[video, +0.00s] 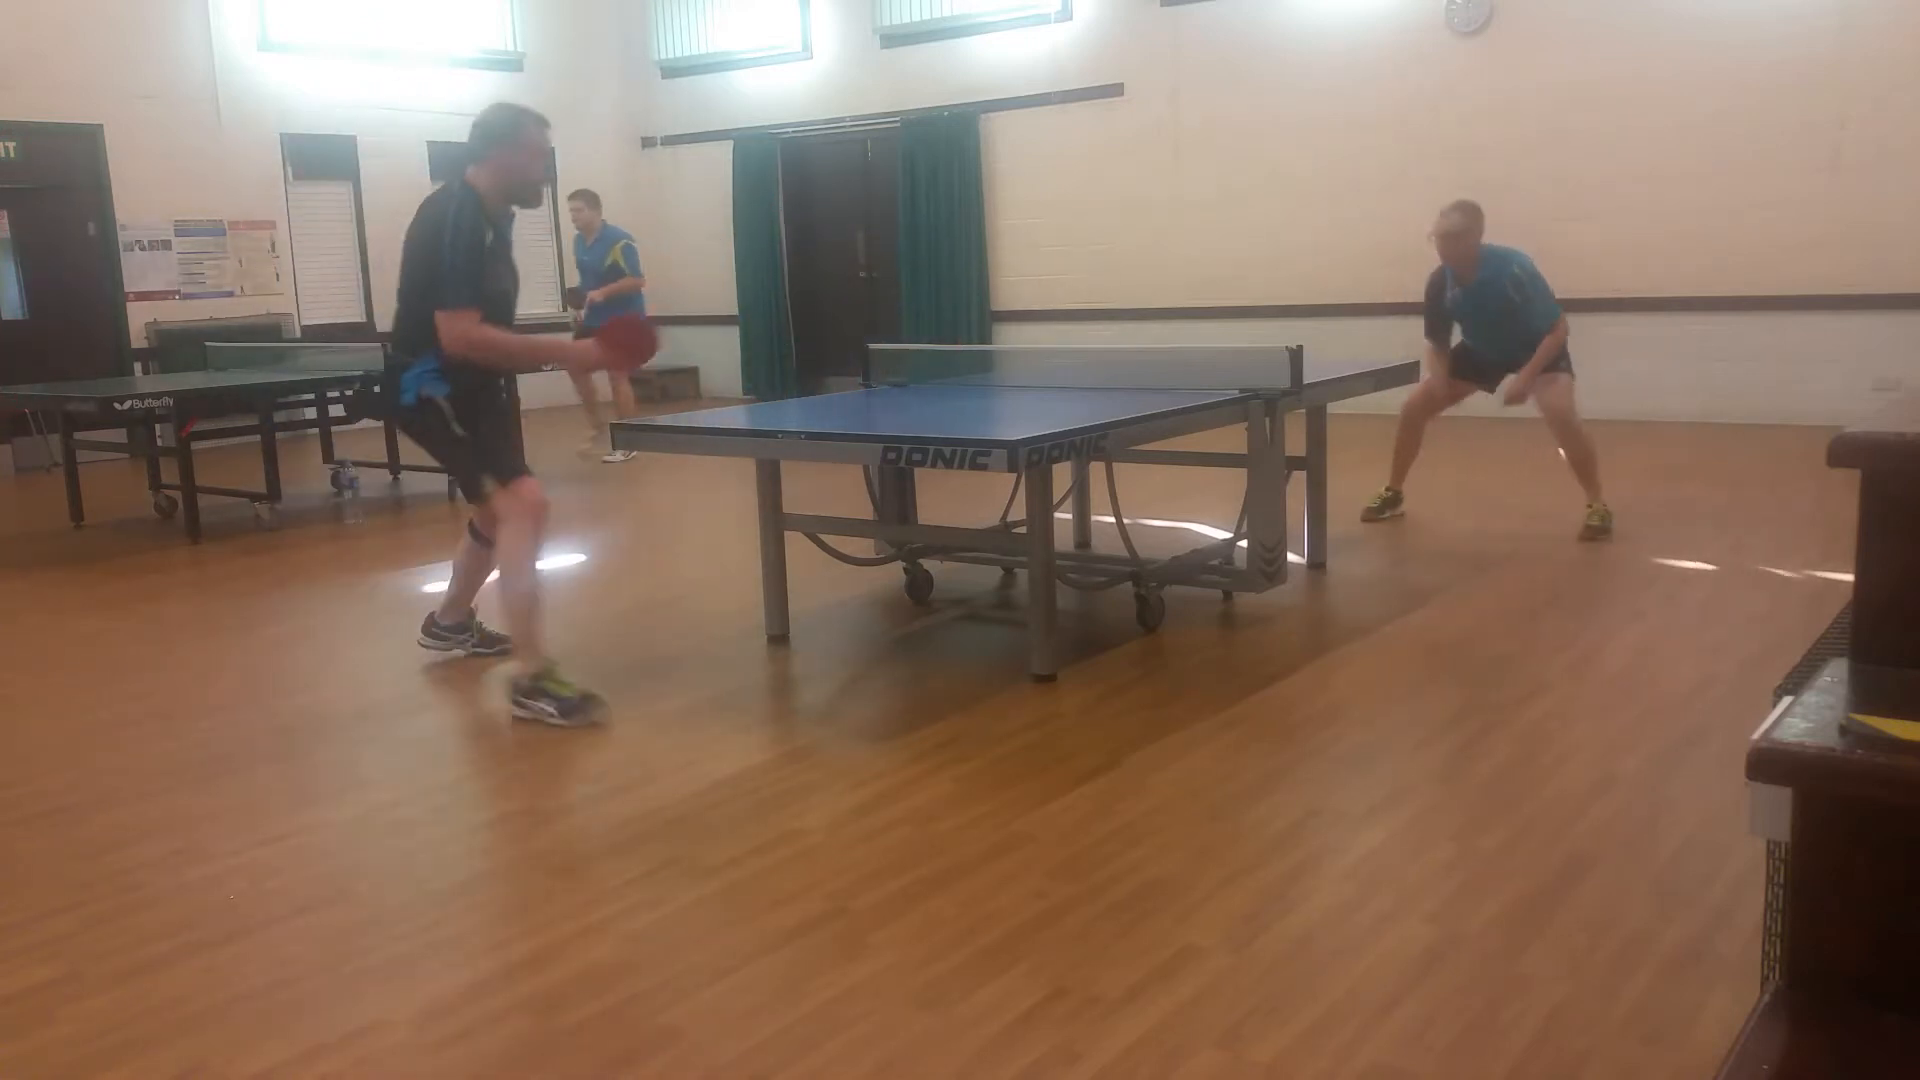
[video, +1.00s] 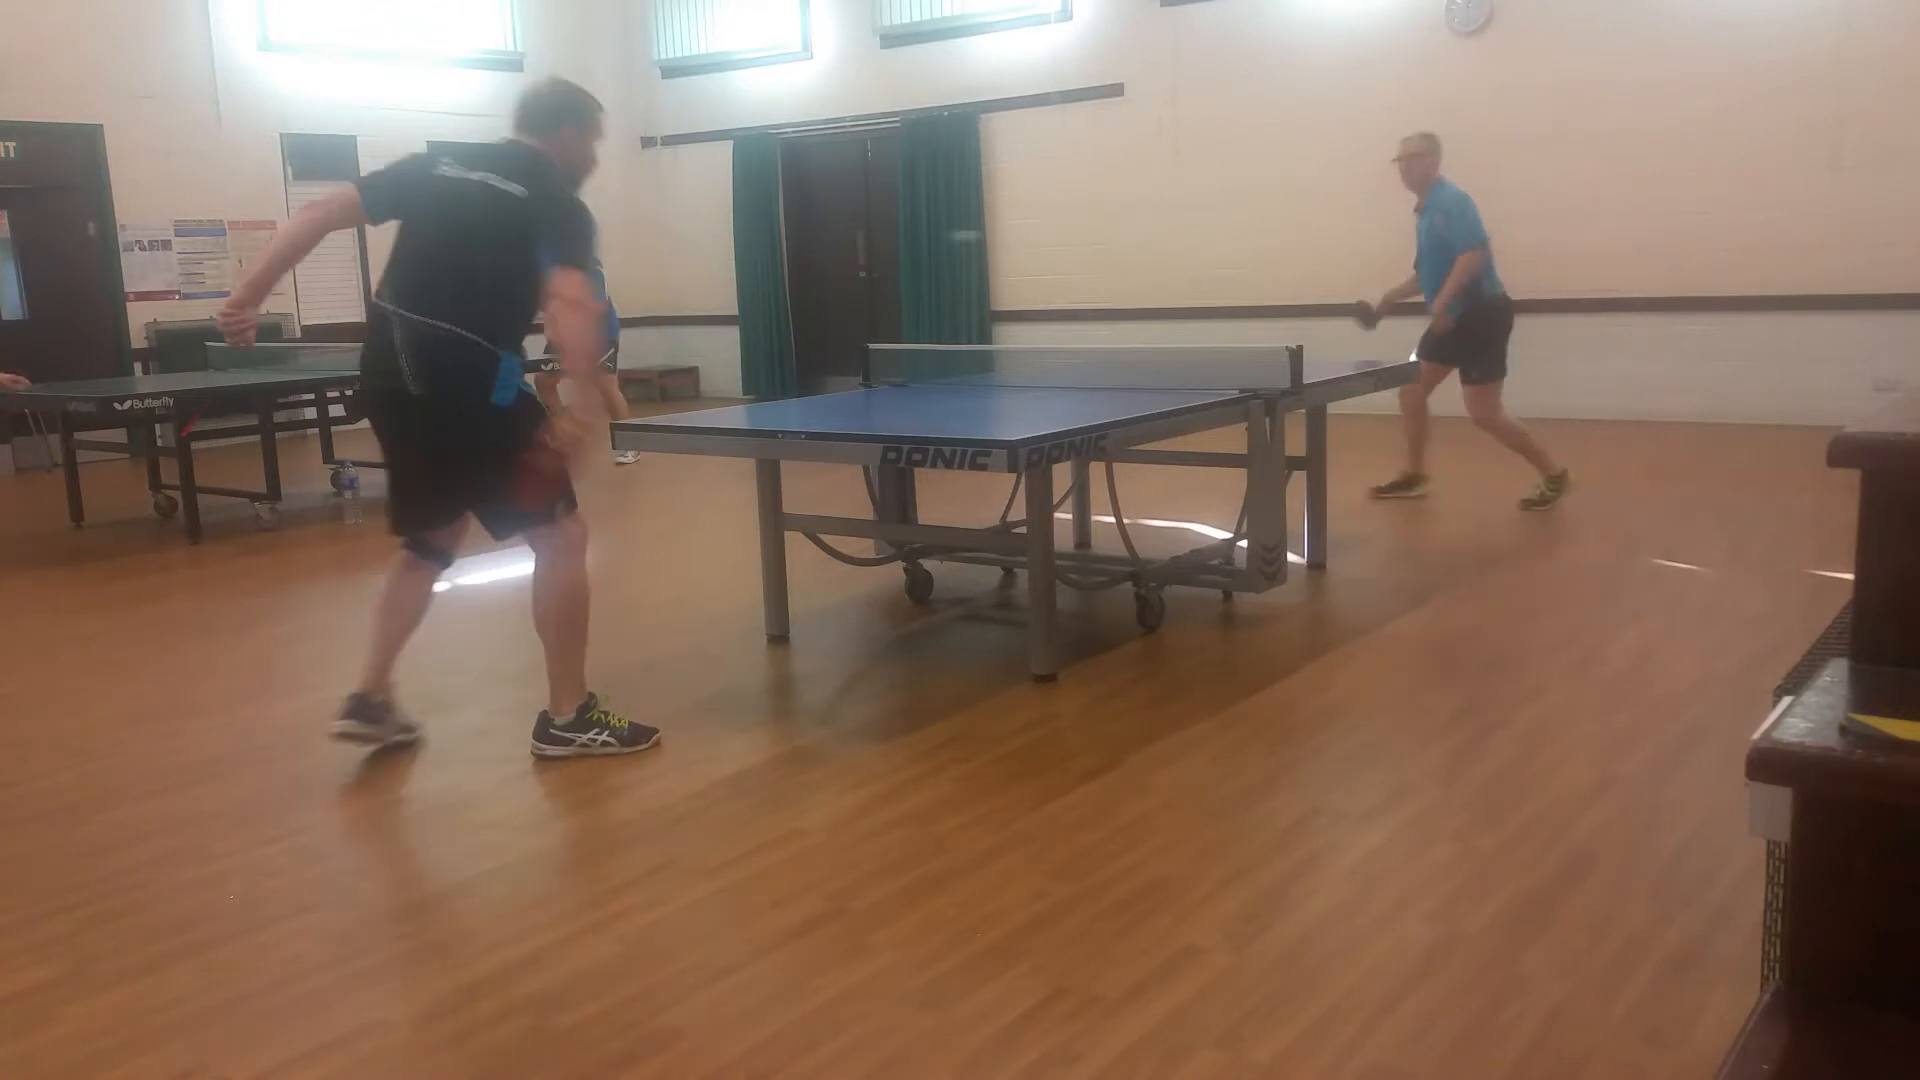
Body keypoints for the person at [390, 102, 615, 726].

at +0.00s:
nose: (548, 170)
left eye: (548, 157)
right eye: (541, 156)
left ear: (502, 157)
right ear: (499, 155)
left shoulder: (492, 218)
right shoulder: (455, 214)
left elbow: (490, 328)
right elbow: (458, 335)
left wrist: (567, 349)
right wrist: (570, 353)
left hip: (476, 378)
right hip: (429, 385)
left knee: (498, 513)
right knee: (522, 501)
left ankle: (450, 621)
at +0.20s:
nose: (574, 136)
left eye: (572, 122)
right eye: (565, 121)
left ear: (522, 125)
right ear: (523, 123)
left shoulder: (509, 188)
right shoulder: (485, 186)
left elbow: (521, 300)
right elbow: (495, 305)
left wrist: (600, 313)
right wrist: (603, 327)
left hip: (485, 370)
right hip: (473, 375)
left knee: (508, 511)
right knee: (563, 509)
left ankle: (444, 642)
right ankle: (543, 679)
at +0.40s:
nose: (592, 132)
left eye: (592, 117)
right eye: (585, 115)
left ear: (539, 112)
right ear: (542, 109)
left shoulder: (507, 167)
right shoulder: (505, 167)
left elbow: (515, 288)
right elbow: (503, 289)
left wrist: (597, 337)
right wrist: (598, 338)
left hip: (471, 361)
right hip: (484, 364)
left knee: (508, 515)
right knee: (573, 506)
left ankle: (441, 670)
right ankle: (568, 686)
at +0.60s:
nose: (626, 186)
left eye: (629, 172)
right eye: (624, 169)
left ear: (561, 155)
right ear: (587, 157)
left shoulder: (497, 193)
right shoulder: (557, 198)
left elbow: (425, 286)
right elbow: (584, 302)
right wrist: (602, 343)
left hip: (442, 388)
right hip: (492, 393)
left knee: (498, 534)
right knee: (598, 533)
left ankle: (447, 673)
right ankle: (570, 712)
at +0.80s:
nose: (633, 196)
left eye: (637, 184)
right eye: (632, 181)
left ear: (566, 160)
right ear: (603, 167)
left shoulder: (484, 191)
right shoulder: (597, 212)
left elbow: (368, 238)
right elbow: (662, 310)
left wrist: (312, 322)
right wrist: (678, 351)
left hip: (408, 382)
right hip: (484, 388)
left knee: (472, 520)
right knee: (589, 533)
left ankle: (452, 669)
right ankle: (570, 713)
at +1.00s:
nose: (595, 159)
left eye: (597, 146)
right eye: (593, 144)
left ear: (523, 128)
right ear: (568, 137)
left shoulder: (442, 162)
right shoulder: (560, 204)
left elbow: (322, 210)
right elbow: (567, 299)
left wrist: (248, 293)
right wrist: (583, 399)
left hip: (390, 382)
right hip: (475, 386)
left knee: (432, 537)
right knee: (561, 535)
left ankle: (371, 696)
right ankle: (569, 712)